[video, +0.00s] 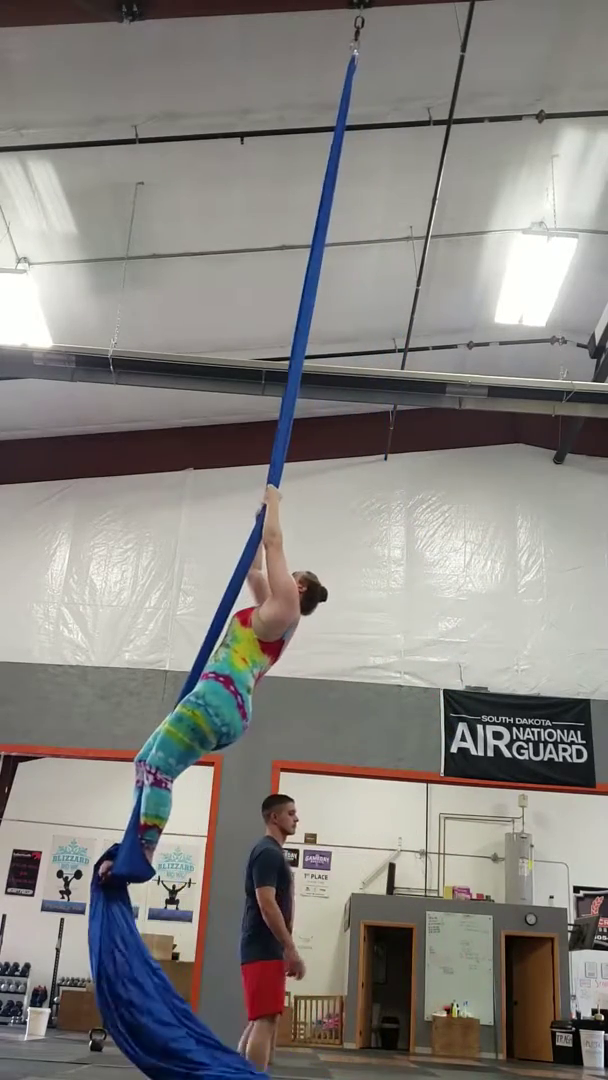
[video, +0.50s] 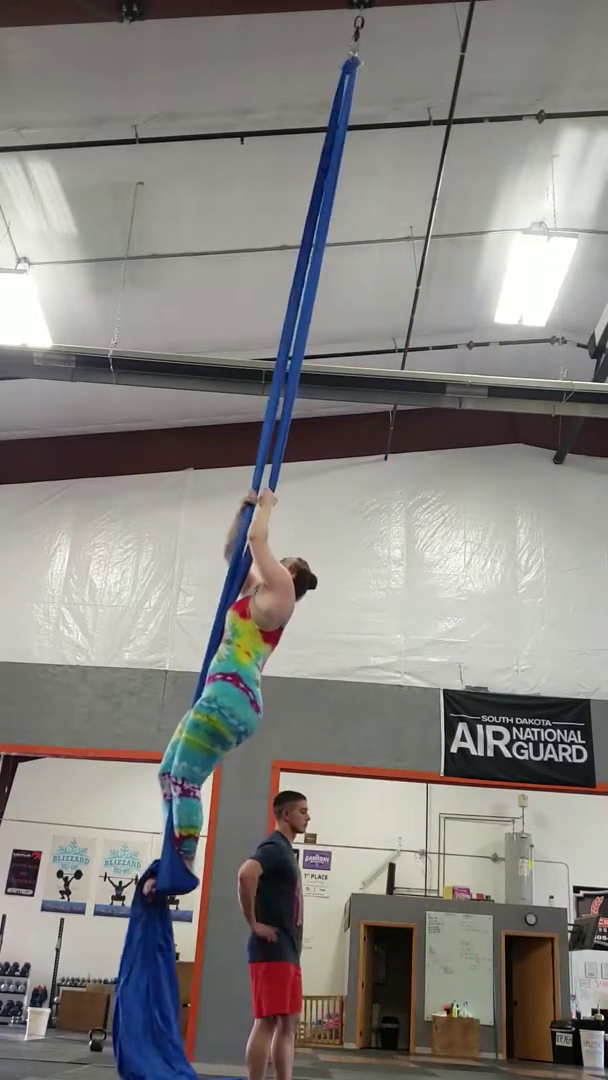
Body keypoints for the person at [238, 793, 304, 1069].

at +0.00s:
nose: (296, 818)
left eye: (295, 813)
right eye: (290, 813)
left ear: (277, 818)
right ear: (273, 817)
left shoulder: (271, 850)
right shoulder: (268, 851)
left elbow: (274, 906)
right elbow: (267, 904)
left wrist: (290, 952)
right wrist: (290, 948)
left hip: (265, 951)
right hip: (263, 951)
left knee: (260, 1019)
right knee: (266, 1020)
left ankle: (240, 1072)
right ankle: (255, 1077)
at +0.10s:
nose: (299, 818)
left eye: (298, 813)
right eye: (294, 812)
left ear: (280, 816)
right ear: (277, 815)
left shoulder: (278, 853)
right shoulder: (268, 851)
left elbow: (279, 911)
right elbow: (265, 904)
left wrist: (304, 940)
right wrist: (284, 949)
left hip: (272, 950)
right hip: (263, 950)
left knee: (273, 1020)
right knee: (265, 1020)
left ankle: (254, 1073)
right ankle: (255, 1075)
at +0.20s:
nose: (301, 817)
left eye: (301, 812)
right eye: (296, 812)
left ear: (282, 815)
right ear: (279, 814)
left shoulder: (280, 851)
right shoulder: (270, 850)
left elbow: (279, 908)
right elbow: (262, 901)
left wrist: (304, 931)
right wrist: (276, 949)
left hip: (279, 951)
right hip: (264, 951)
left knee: (288, 1018)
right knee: (267, 1021)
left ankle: (258, 1071)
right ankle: (256, 1075)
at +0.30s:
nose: (304, 816)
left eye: (304, 811)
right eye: (299, 811)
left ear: (284, 816)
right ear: (280, 815)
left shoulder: (284, 850)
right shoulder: (271, 847)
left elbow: (278, 905)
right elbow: (256, 894)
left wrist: (300, 931)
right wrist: (267, 943)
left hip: (284, 951)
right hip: (267, 950)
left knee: (289, 1019)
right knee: (268, 1021)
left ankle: (276, 1076)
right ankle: (258, 1077)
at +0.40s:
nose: (306, 817)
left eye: (306, 812)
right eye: (301, 811)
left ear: (287, 816)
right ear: (282, 814)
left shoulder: (285, 849)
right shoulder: (273, 846)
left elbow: (279, 897)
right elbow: (250, 883)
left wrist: (292, 936)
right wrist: (257, 934)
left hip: (286, 948)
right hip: (270, 948)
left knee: (289, 1022)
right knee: (268, 1022)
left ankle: (284, 1076)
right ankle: (257, 1076)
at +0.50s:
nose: (307, 817)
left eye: (307, 811)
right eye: (302, 811)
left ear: (289, 815)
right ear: (284, 814)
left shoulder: (287, 849)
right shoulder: (274, 846)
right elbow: (247, 874)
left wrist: (288, 926)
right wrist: (254, 922)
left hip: (288, 945)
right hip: (271, 944)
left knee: (288, 1022)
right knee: (267, 1021)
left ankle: (283, 1077)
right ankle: (256, 1076)